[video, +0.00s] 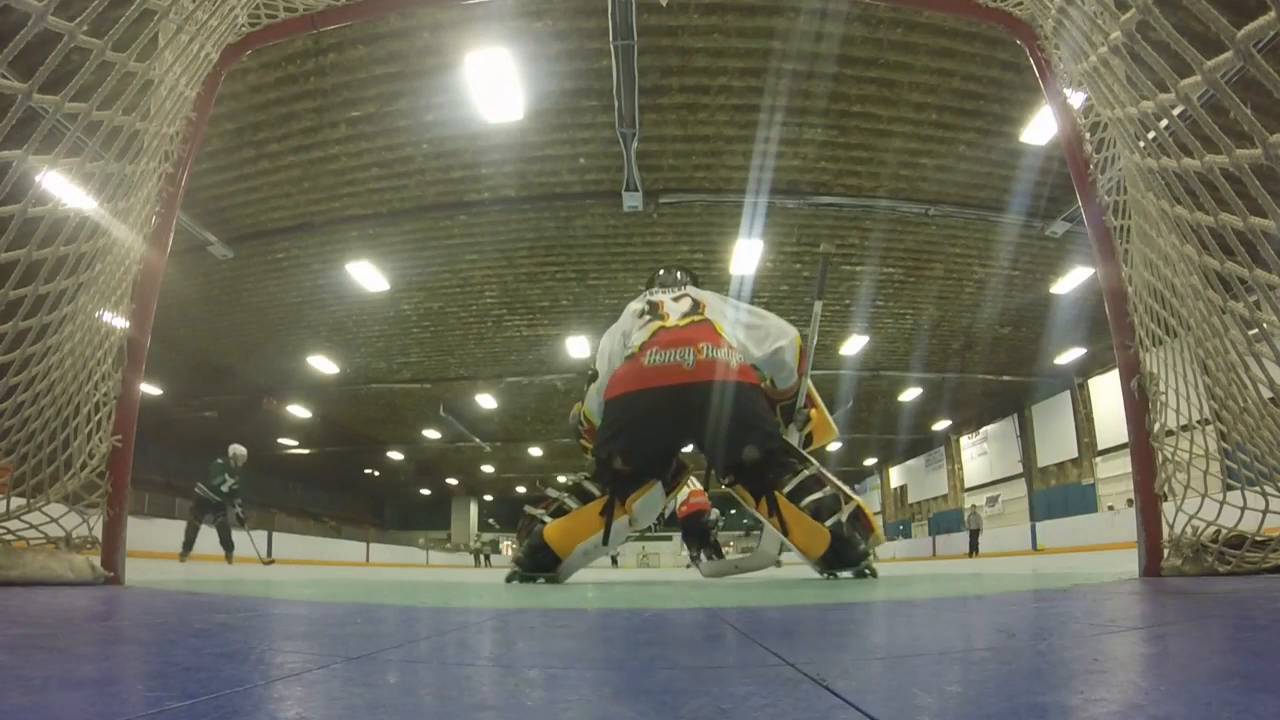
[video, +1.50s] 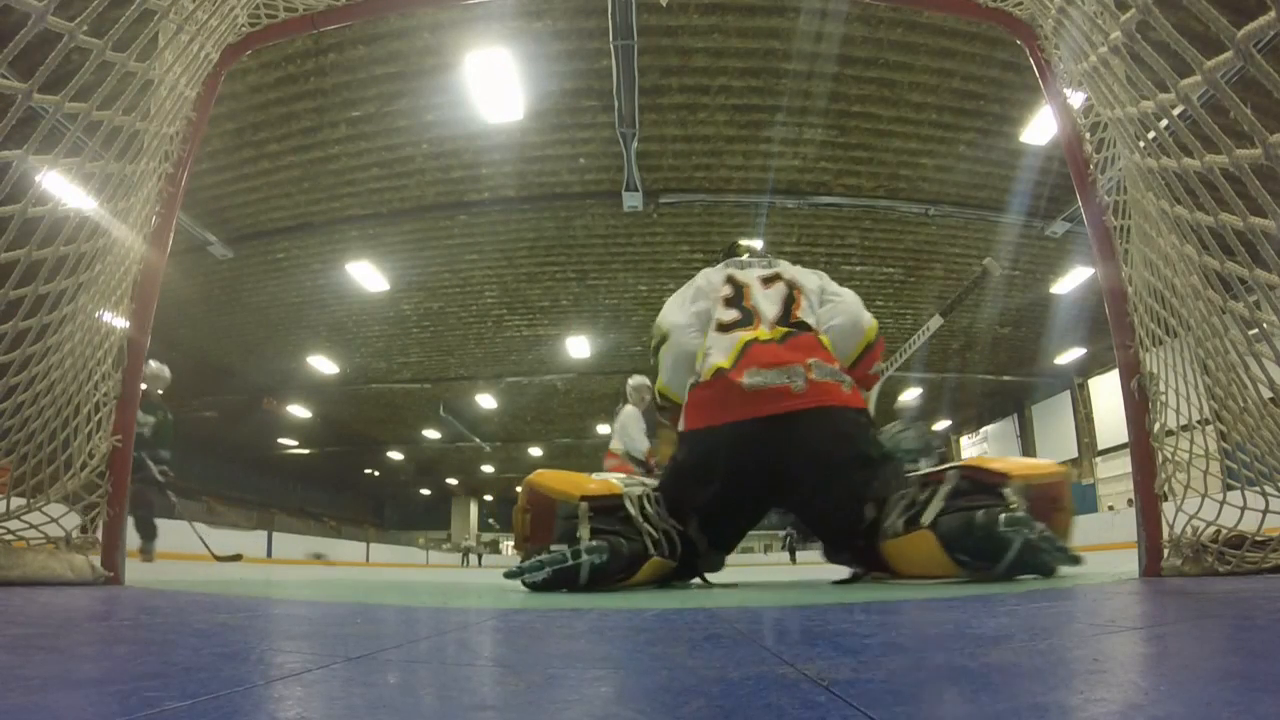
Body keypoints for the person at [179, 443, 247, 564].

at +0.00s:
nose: (242, 462)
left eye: (243, 459)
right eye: (240, 459)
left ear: (242, 459)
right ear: (233, 456)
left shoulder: (237, 473)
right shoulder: (218, 464)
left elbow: (236, 494)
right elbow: (216, 482)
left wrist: (239, 510)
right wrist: (231, 495)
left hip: (218, 502)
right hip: (202, 498)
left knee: (223, 527)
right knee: (193, 525)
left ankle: (229, 552)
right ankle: (186, 550)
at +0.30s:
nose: (234, 453)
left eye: (235, 450)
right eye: (232, 449)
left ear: (233, 450)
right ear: (224, 447)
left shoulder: (228, 468)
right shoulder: (209, 455)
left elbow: (226, 489)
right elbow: (204, 474)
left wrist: (229, 505)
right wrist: (220, 487)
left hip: (207, 498)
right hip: (190, 492)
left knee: (213, 523)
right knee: (180, 521)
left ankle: (219, 550)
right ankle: (171, 549)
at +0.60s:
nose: (218, 442)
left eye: (220, 439)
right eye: (217, 438)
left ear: (216, 437)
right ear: (208, 435)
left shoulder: (213, 455)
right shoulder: (190, 444)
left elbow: (213, 479)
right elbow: (188, 467)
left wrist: (215, 500)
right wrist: (202, 487)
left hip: (194, 489)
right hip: (174, 484)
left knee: (197, 517)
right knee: (162, 514)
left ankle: (204, 548)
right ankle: (152, 547)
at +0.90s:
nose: (204, 428)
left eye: (205, 424)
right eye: (202, 423)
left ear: (204, 425)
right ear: (192, 421)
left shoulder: (200, 444)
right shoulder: (174, 431)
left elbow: (200, 471)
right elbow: (166, 453)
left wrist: (202, 491)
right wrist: (185, 455)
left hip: (179, 482)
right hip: (158, 477)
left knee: (183, 512)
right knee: (143, 510)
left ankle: (190, 546)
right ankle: (132, 544)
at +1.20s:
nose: (180, 408)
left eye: (183, 404)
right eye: (177, 402)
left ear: (185, 405)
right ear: (166, 401)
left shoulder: (183, 431)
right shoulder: (148, 417)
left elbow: (183, 459)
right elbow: (134, 444)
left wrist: (182, 477)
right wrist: (159, 468)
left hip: (163, 473)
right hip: (137, 467)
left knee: (164, 504)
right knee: (118, 497)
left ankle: (169, 543)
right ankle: (111, 538)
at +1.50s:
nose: (148, 387)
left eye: (153, 383)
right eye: (148, 381)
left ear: (160, 386)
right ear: (143, 382)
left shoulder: (162, 414)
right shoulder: (129, 404)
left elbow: (164, 447)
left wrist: (159, 461)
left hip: (146, 463)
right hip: (123, 459)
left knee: (141, 498)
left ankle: (148, 539)